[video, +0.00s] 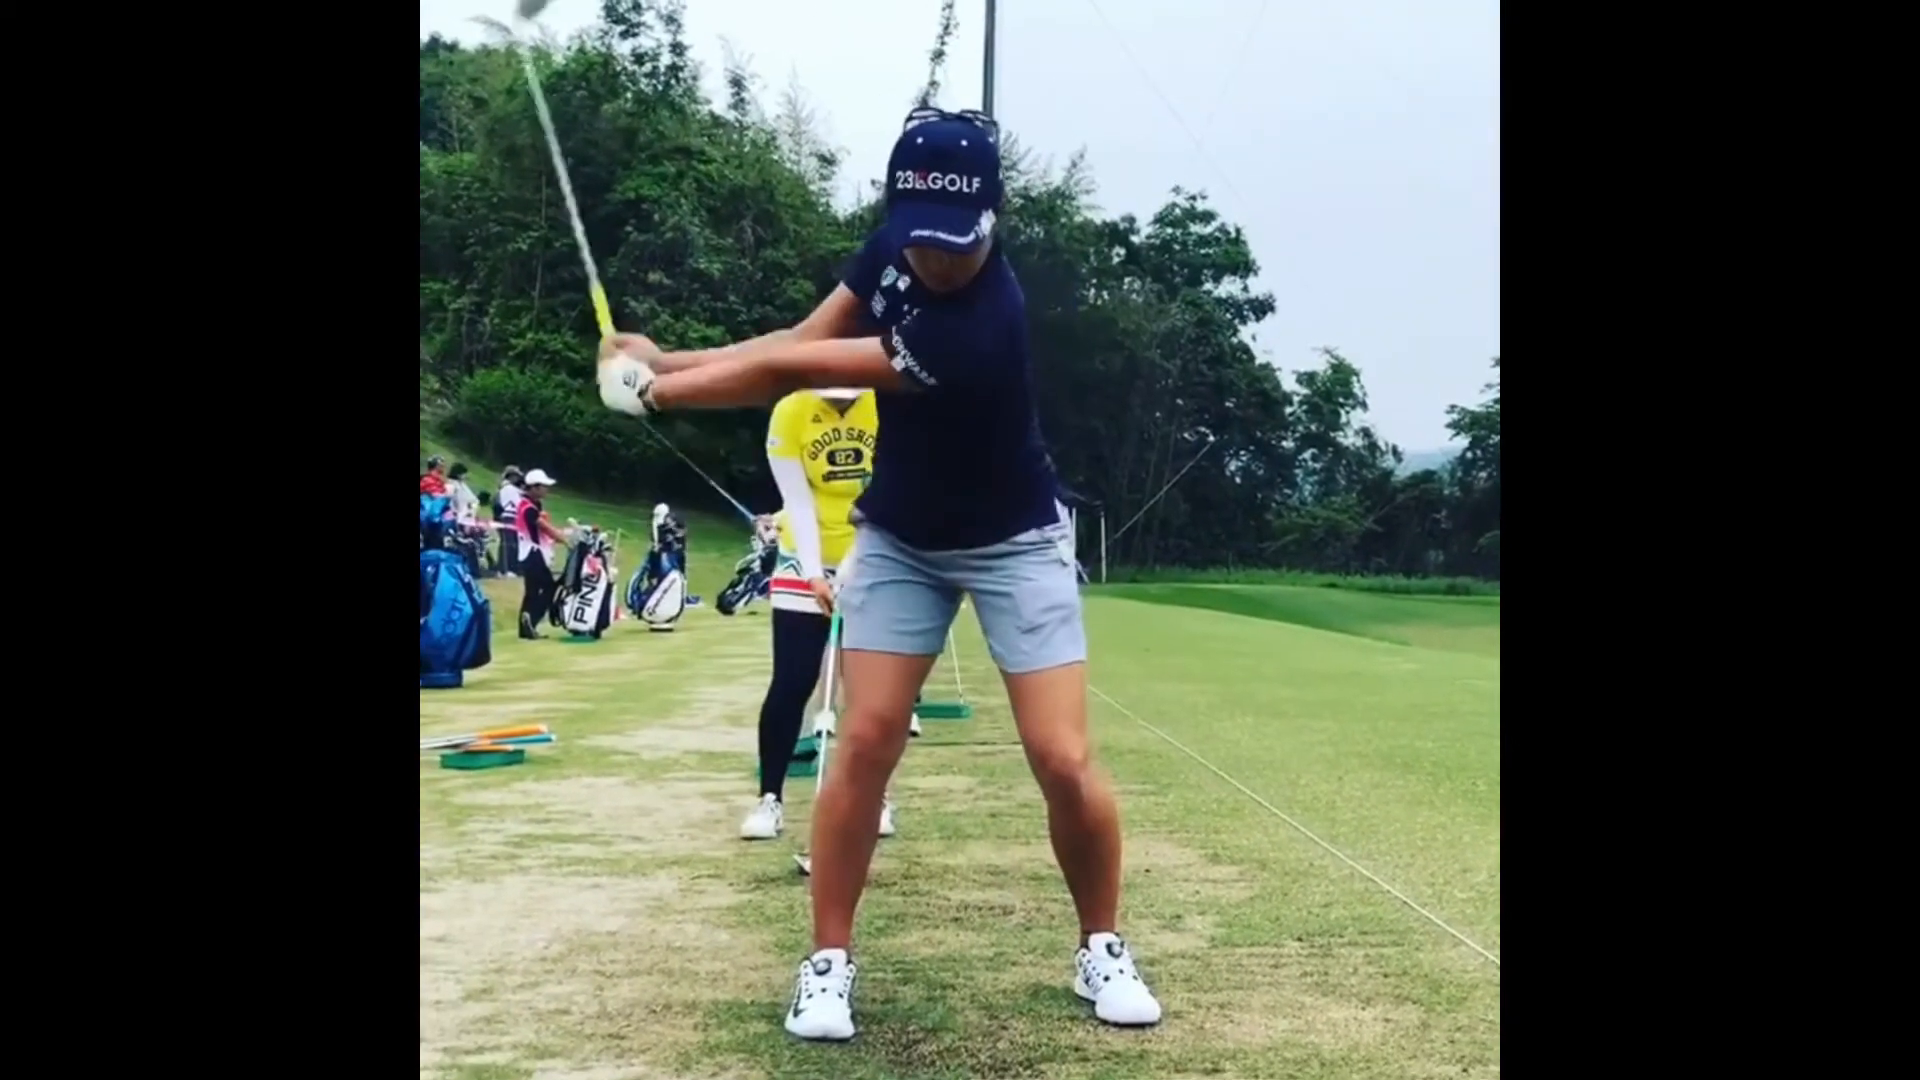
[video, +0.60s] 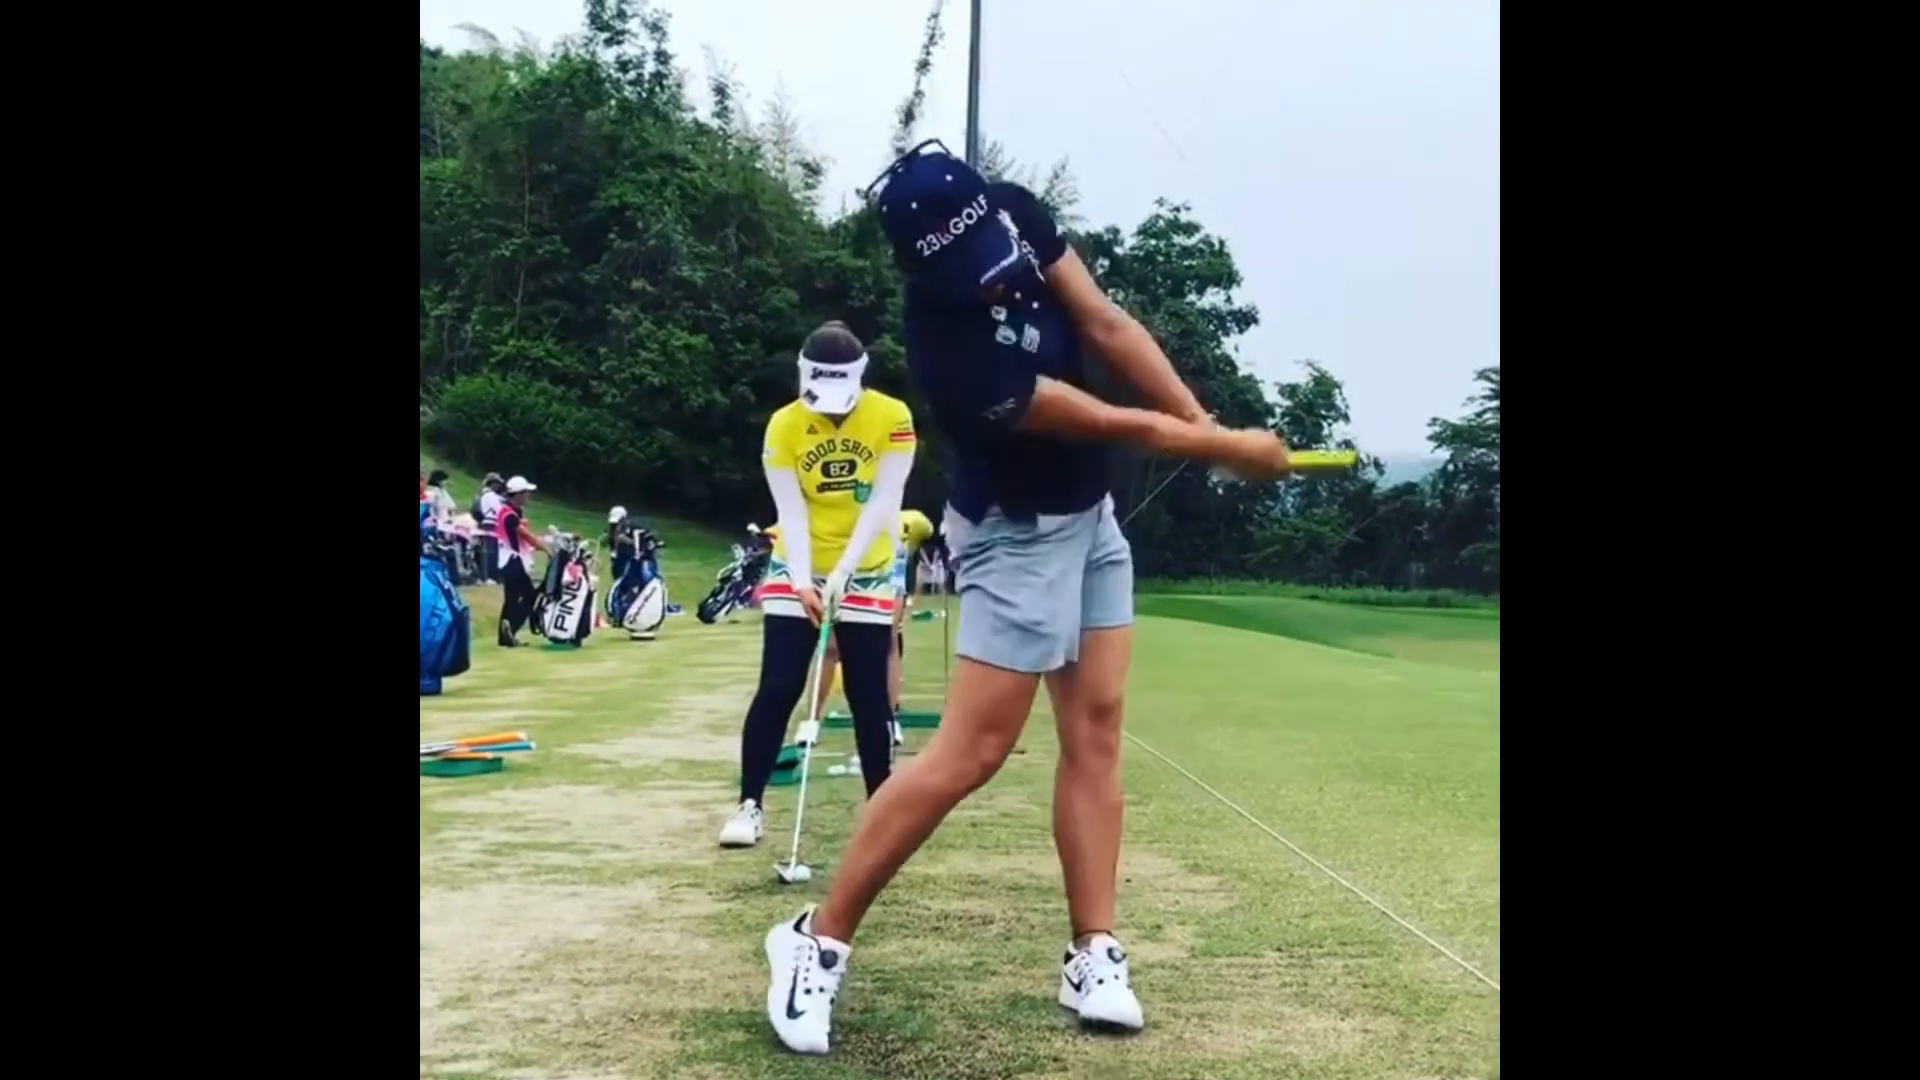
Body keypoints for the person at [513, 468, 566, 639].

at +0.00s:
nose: (546, 491)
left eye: (546, 487)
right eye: (543, 487)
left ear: (535, 489)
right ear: (533, 488)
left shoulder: (531, 506)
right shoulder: (529, 509)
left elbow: (546, 527)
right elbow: (546, 529)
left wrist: (563, 534)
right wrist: (565, 539)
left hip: (533, 551)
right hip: (532, 552)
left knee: (532, 589)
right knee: (549, 585)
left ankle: (525, 626)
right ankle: (532, 618)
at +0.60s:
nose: (527, 497)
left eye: (527, 493)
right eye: (524, 493)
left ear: (515, 495)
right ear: (515, 495)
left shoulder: (512, 512)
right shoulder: (509, 516)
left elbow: (526, 535)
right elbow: (526, 536)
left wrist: (543, 541)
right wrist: (545, 546)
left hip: (513, 557)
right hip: (512, 559)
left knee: (511, 596)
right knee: (529, 594)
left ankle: (505, 635)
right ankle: (511, 626)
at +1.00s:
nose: (508, 500)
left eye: (508, 496)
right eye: (506, 497)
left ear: (493, 498)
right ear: (498, 498)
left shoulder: (486, 515)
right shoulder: (491, 519)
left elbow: (505, 537)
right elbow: (508, 540)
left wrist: (524, 544)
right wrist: (526, 551)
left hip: (488, 559)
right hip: (493, 562)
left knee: (491, 599)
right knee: (509, 597)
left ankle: (484, 637)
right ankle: (491, 631)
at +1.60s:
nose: (496, 506)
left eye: (495, 502)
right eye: (494, 502)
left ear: (480, 503)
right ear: (486, 504)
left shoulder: (474, 521)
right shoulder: (478, 525)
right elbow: (496, 546)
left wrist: (508, 557)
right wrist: (514, 559)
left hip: (475, 565)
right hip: (479, 568)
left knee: (479, 606)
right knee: (498, 602)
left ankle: (472, 645)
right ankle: (478, 636)